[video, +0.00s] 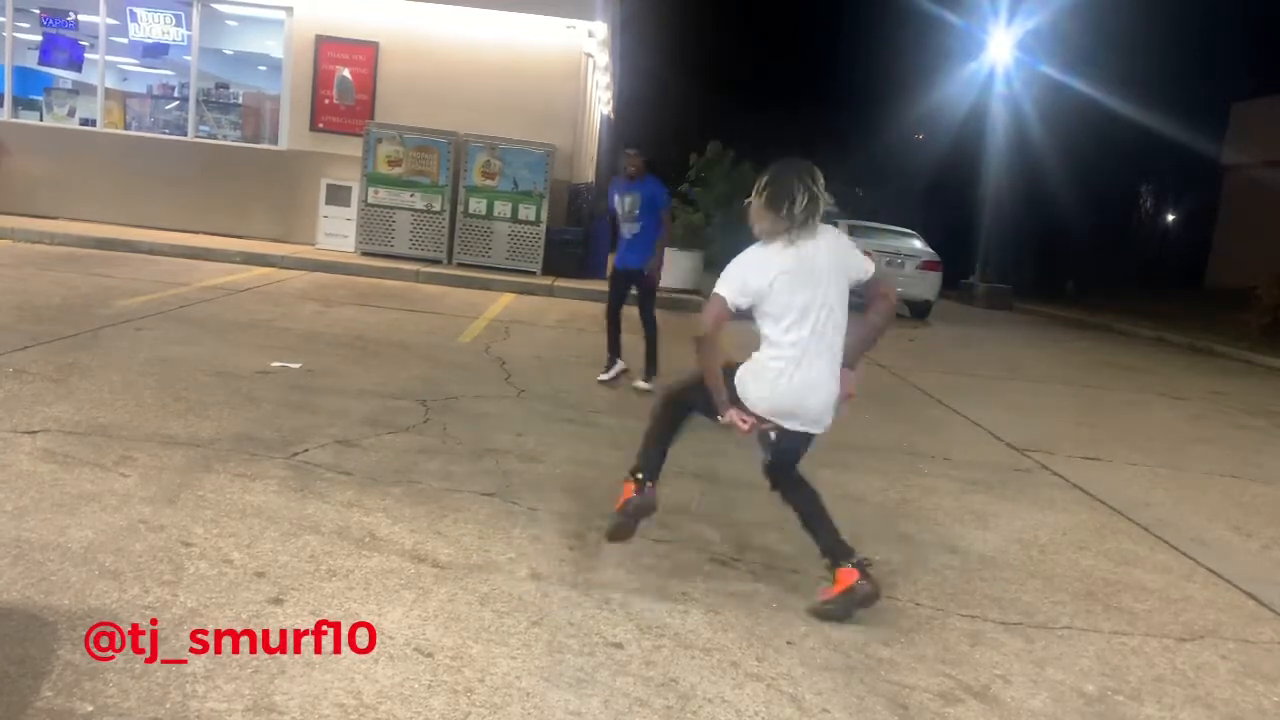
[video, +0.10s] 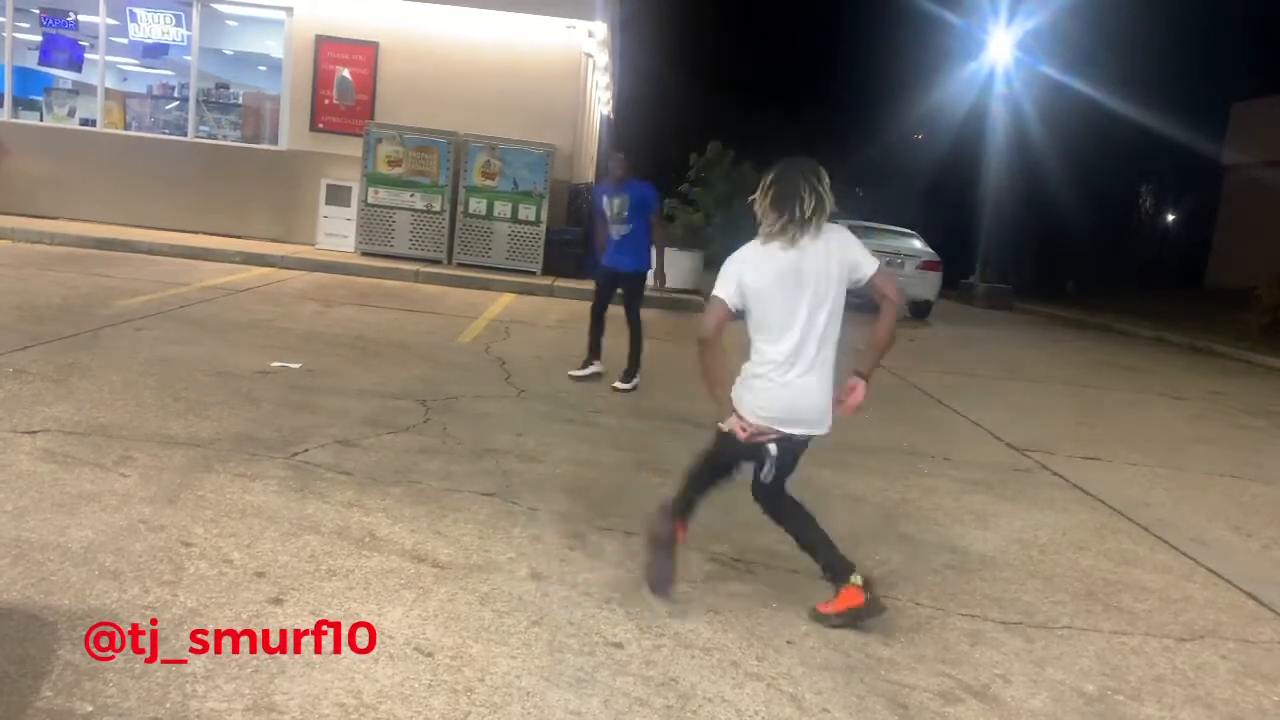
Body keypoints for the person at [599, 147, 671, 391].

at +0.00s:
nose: (631, 166)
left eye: (635, 162)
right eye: (627, 162)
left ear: (643, 164)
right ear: (622, 163)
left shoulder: (654, 189)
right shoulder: (616, 186)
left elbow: (666, 227)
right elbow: (615, 223)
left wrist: (657, 261)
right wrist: (612, 255)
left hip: (647, 262)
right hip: (623, 259)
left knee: (647, 315)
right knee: (612, 311)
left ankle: (649, 374)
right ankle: (615, 360)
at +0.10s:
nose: (615, 168)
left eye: (620, 164)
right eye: (612, 163)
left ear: (628, 166)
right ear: (608, 166)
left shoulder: (644, 191)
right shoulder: (601, 191)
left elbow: (657, 230)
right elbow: (601, 225)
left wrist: (660, 267)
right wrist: (601, 253)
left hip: (635, 265)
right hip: (609, 262)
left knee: (632, 316)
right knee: (597, 310)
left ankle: (632, 371)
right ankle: (593, 360)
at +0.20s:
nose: (606, 173)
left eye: (610, 168)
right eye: (601, 168)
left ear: (616, 169)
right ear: (593, 169)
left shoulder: (628, 195)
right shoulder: (588, 196)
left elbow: (647, 233)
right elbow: (583, 234)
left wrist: (657, 273)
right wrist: (572, 269)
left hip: (620, 270)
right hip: (594, 267)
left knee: (617, 317)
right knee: (584, 313)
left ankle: (628, 371)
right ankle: (583, 364)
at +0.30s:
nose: (591, 166)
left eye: (596, 161)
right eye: (587, 161)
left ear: (603, 162)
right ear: (579, 162)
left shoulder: (612, 190)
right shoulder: (570, 188)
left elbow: (629, 227)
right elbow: (564, 225)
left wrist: (637, 265)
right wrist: (551, 253)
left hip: (601, 257)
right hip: (579, 255)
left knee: (586, 307)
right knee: (580, 309)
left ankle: (601, 362)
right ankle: (582, 363)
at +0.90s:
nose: (516, 157)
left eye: (522, 152)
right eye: (512, 151)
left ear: (530, 154)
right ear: (504, 152)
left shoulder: (540, 184)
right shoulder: (494, 178)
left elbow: (550, 226)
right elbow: (490, 216)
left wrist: (536, 259)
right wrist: (478, 252)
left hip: (523, 256)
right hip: (497, 252)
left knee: (516, 306)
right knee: (480, 297)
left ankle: (515, 362)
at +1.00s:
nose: (497, 156)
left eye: (502, 151)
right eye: (493, 151)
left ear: (510, 154)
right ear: (484, 153)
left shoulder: (522, 185)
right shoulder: (475, 179)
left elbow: (533, 228)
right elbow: (470, 217)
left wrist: (520, 259)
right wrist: (459, 247)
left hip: (508, 260)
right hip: (481, 256)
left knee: (511, 312)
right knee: (460, 301)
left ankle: (514, 365)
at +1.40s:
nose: (439, 141)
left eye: (444, 136)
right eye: (434, 135)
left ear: (452, 139)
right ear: (426, 138)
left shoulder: (464, 172)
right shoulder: (416, 166)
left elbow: (474, 215)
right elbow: (409, 208)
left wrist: (468, 249)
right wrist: (398, 246)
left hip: (449, 247)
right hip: (422, 245)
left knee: (437, 298)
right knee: (419, 299)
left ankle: (449, 359)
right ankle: (422, 355)